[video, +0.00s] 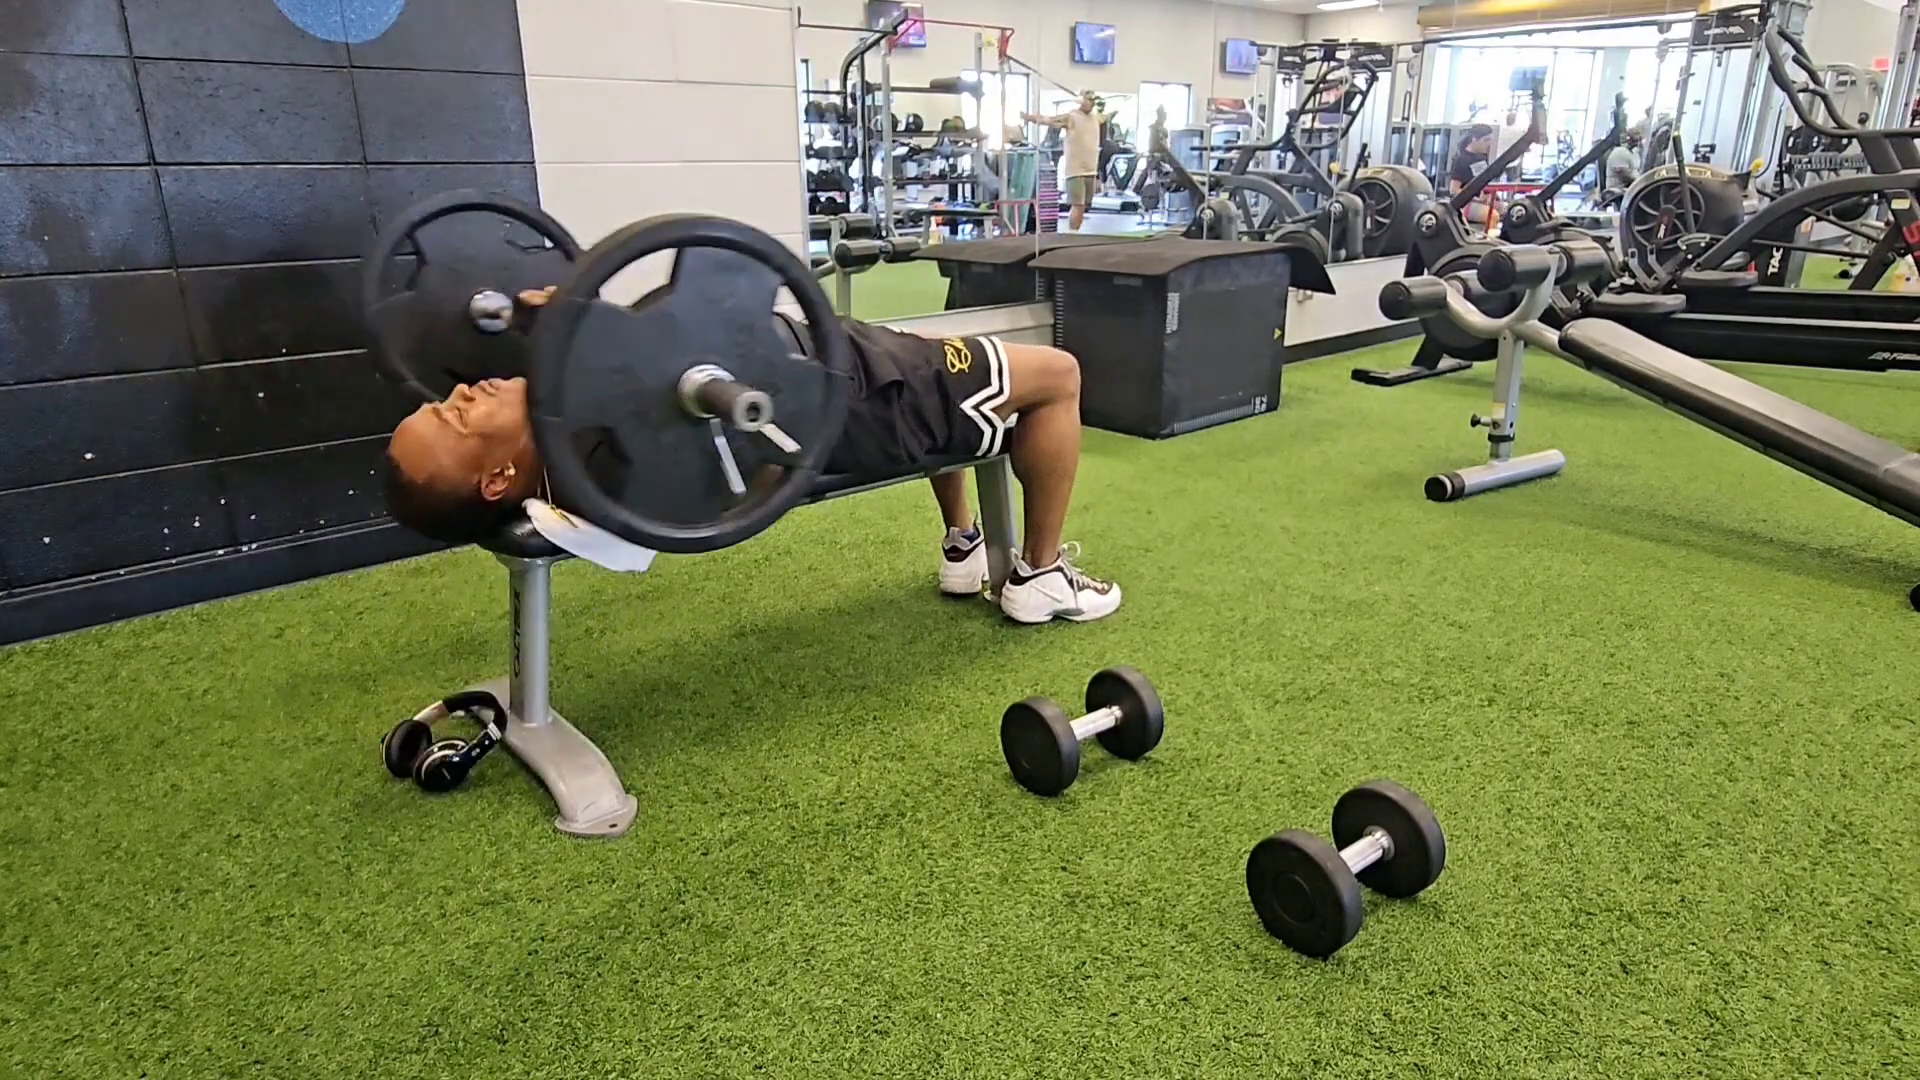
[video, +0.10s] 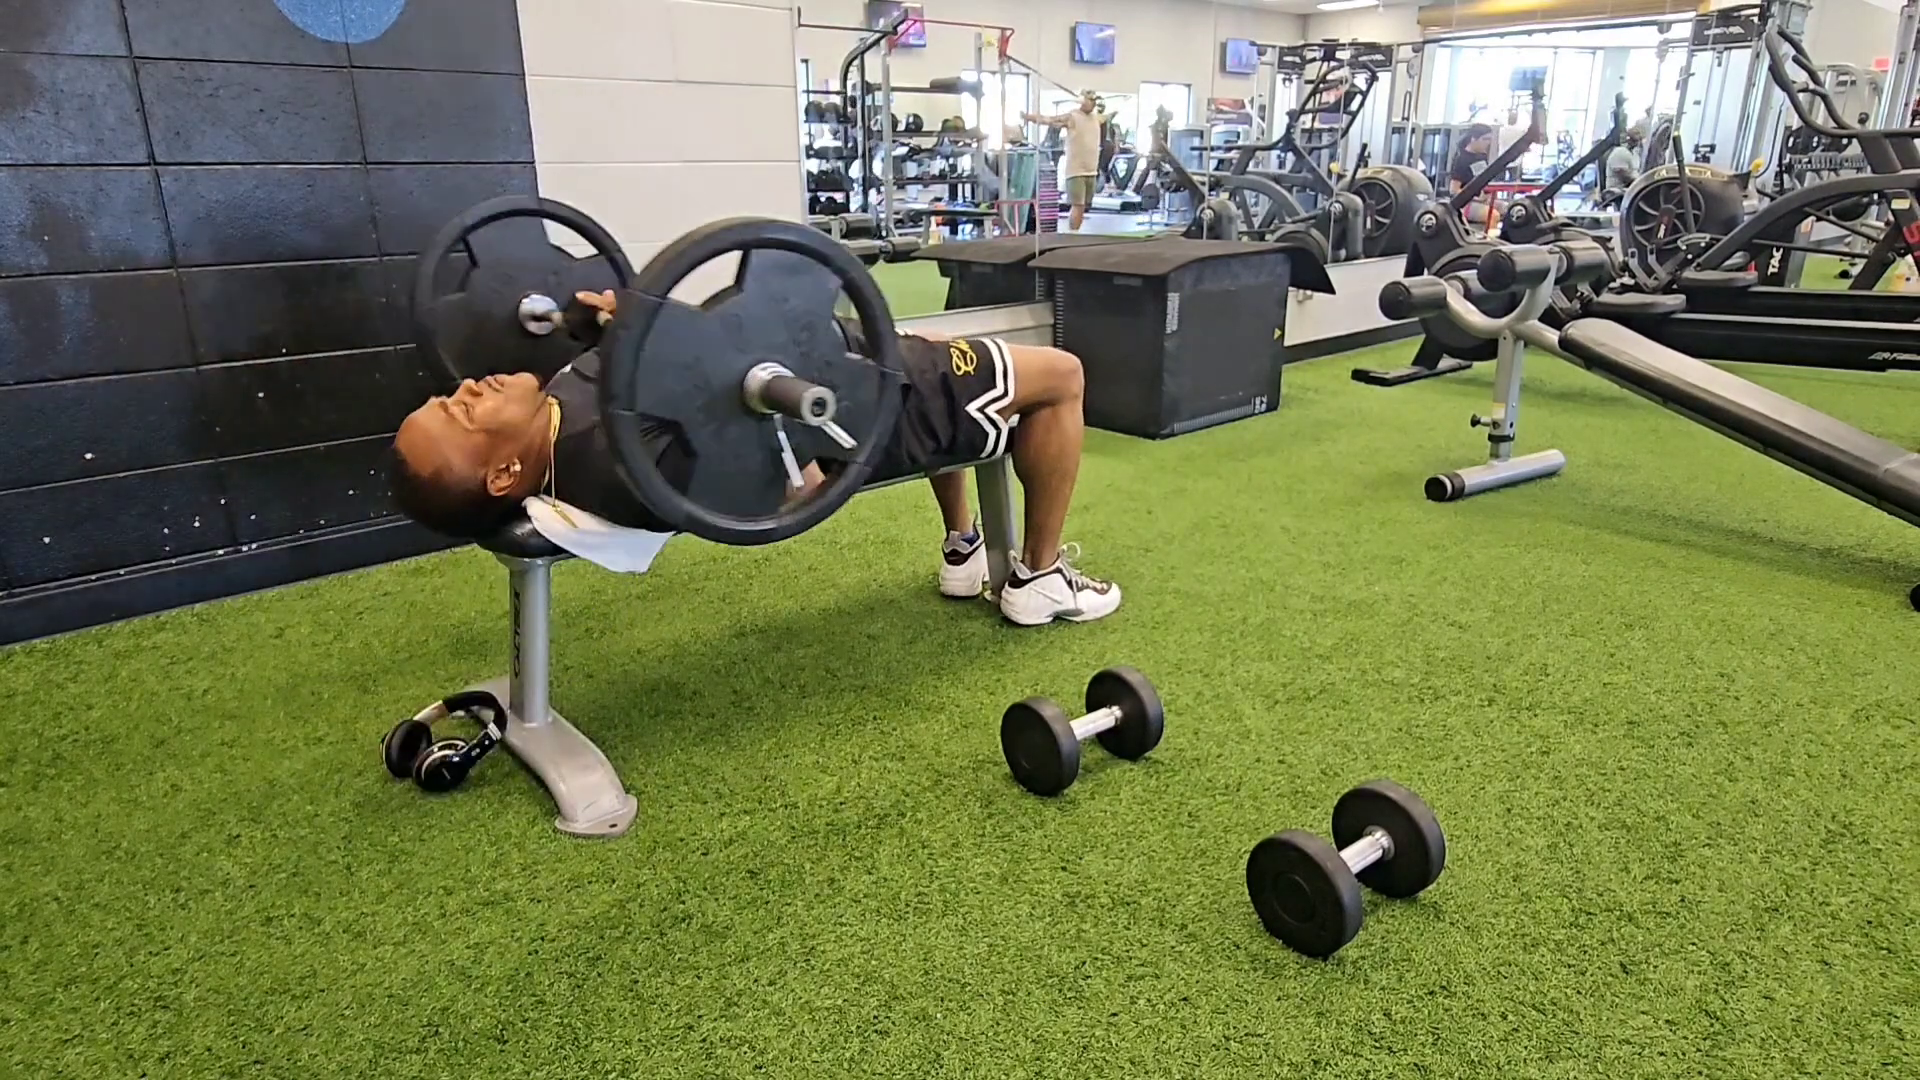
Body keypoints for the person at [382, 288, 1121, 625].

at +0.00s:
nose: (471, 385)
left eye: (451, 398)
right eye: (464, 412)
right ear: (502, 478)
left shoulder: (545, 398)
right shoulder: (589, 462)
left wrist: (553, 316)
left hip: (789, 361)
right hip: (835, 412)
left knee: (938, 341)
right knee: (1058, 375)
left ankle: (965, 543)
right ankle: (1043, 574)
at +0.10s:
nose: (473, 381)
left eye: (452, 392)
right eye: (464, 409)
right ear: (508, 476)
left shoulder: (544, 393)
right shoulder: (609, 468)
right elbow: (724, 495)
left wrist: (610, 317)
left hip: (781, 373)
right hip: (849, 422)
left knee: (938, 340)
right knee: (1061, 375)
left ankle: (964, 544)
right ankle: (1041, 577)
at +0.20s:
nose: (473, 375)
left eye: (451, 387)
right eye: (464, 403)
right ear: (510, 472)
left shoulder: (555, 399)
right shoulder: (628, 463)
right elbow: (763, 458)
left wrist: (629, 330)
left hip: (786, 373)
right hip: (839, 430)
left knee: (930, 345)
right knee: (1065, 379)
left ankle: (965, 546)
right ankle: (1039, 578)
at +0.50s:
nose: (467, 377)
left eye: (445, 392)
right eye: (457, 405)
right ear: (505, 473)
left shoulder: (545, 395)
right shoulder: (608, 460)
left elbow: (575, 313)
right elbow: (715, 371)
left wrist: (585, 204)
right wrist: (719, 221)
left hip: (804, 358)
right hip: (844, 401)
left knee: (937, 349)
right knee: (1060, 380)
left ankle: (965, 546)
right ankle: (1039, 578)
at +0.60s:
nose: (467, 380)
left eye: (442, 395)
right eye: (459, 406)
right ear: (509, 472)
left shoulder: (535, 388)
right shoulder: (608, 454)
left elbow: (557, 272)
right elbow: (686, 324)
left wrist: (567, 150)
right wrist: (681, 148)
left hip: (794, 346)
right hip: (842, 394)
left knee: (937, 364)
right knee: (1056, 379)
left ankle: (967, 549)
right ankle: (1039, 577)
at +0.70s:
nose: (462, 381)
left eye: (440, 395)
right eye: (460, 406)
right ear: (507, 472)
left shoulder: (529, 376)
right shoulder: (611, 446)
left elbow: (561, 261)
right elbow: (689, 295)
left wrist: (562, 123)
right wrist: (672, 125)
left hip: (794, 350)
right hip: (842, 395)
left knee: (934, 362)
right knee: (1053, 379)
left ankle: (967, 550)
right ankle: (1038, 576)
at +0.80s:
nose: (460, 383)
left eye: (441, 401)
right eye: (454, 412)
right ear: (505, 476)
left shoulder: (534, 395)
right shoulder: (610, 463)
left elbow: (576, 293)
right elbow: (719, 355)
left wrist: (575, 171)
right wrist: (728, 191)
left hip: (796, 345)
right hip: (840, 399)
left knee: (935, 360)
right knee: (1054, 377)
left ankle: (965, 544)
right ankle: (1039, 577)